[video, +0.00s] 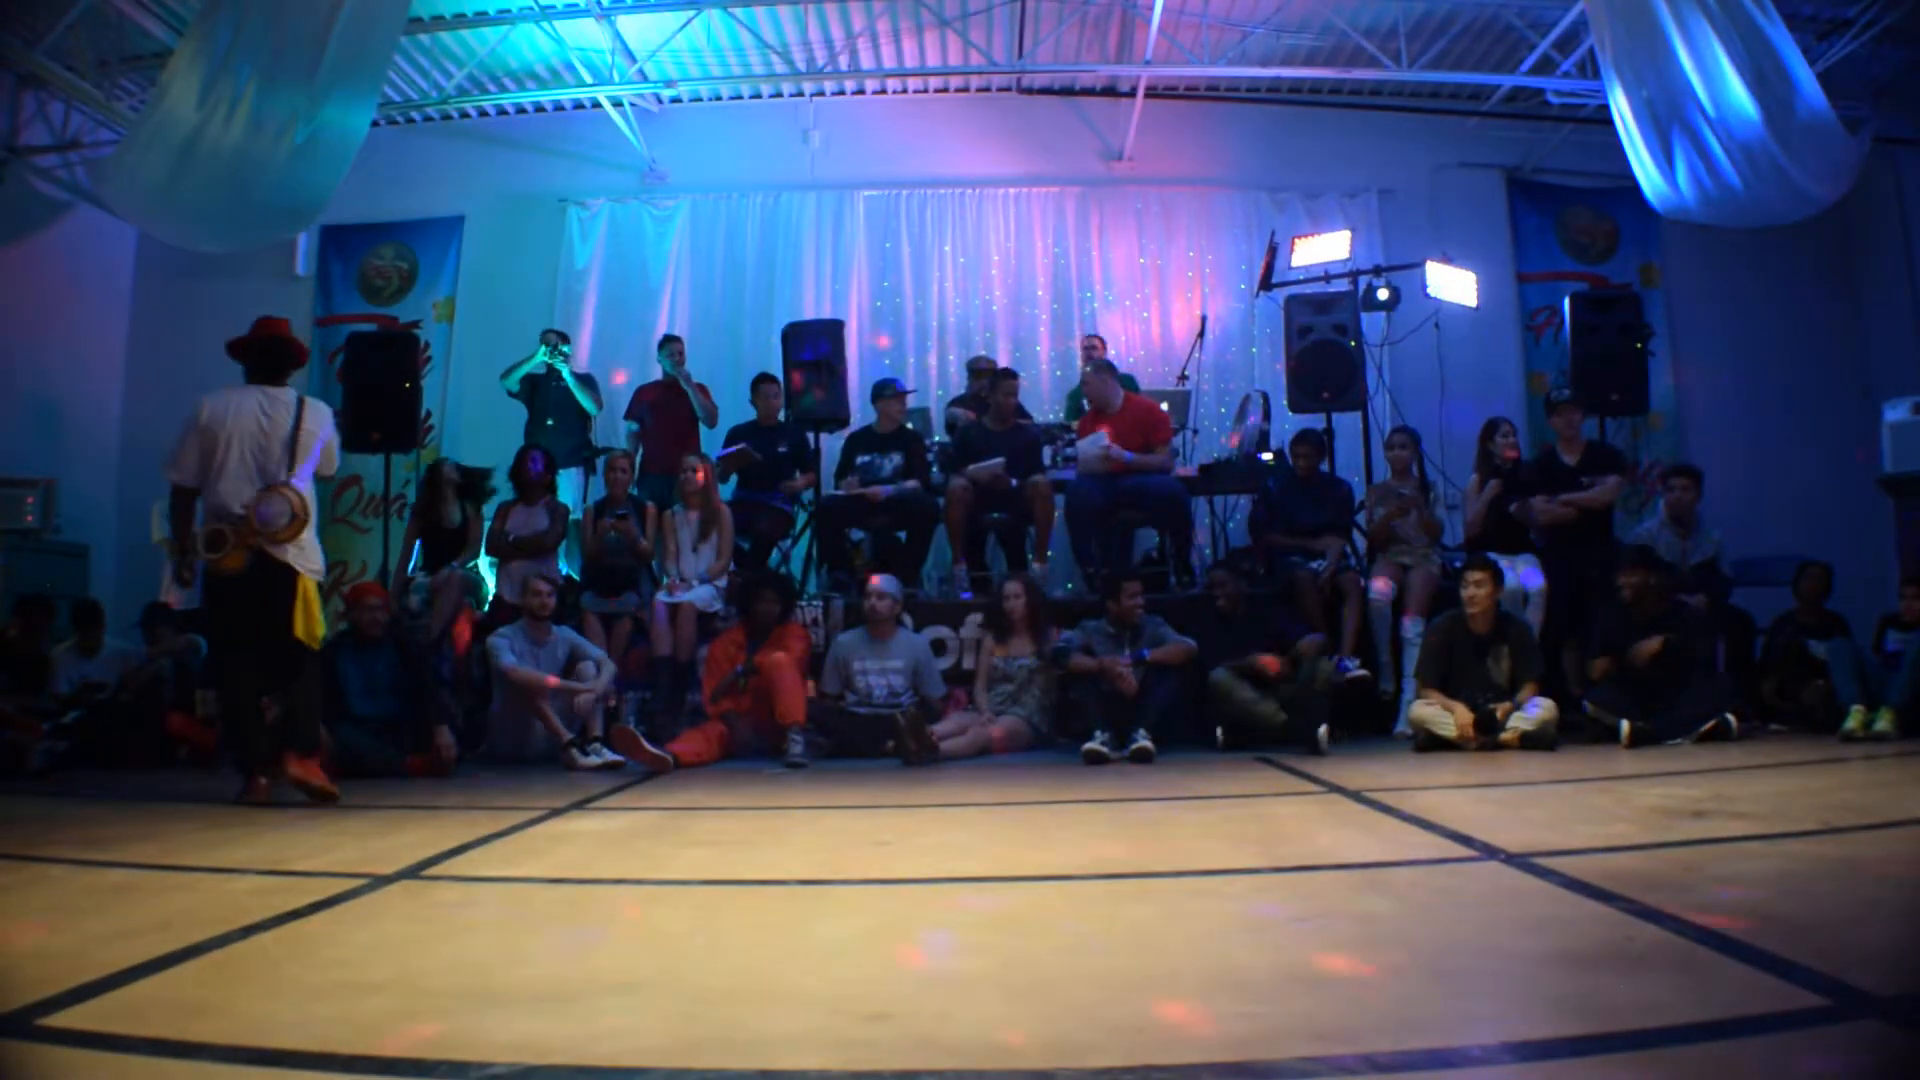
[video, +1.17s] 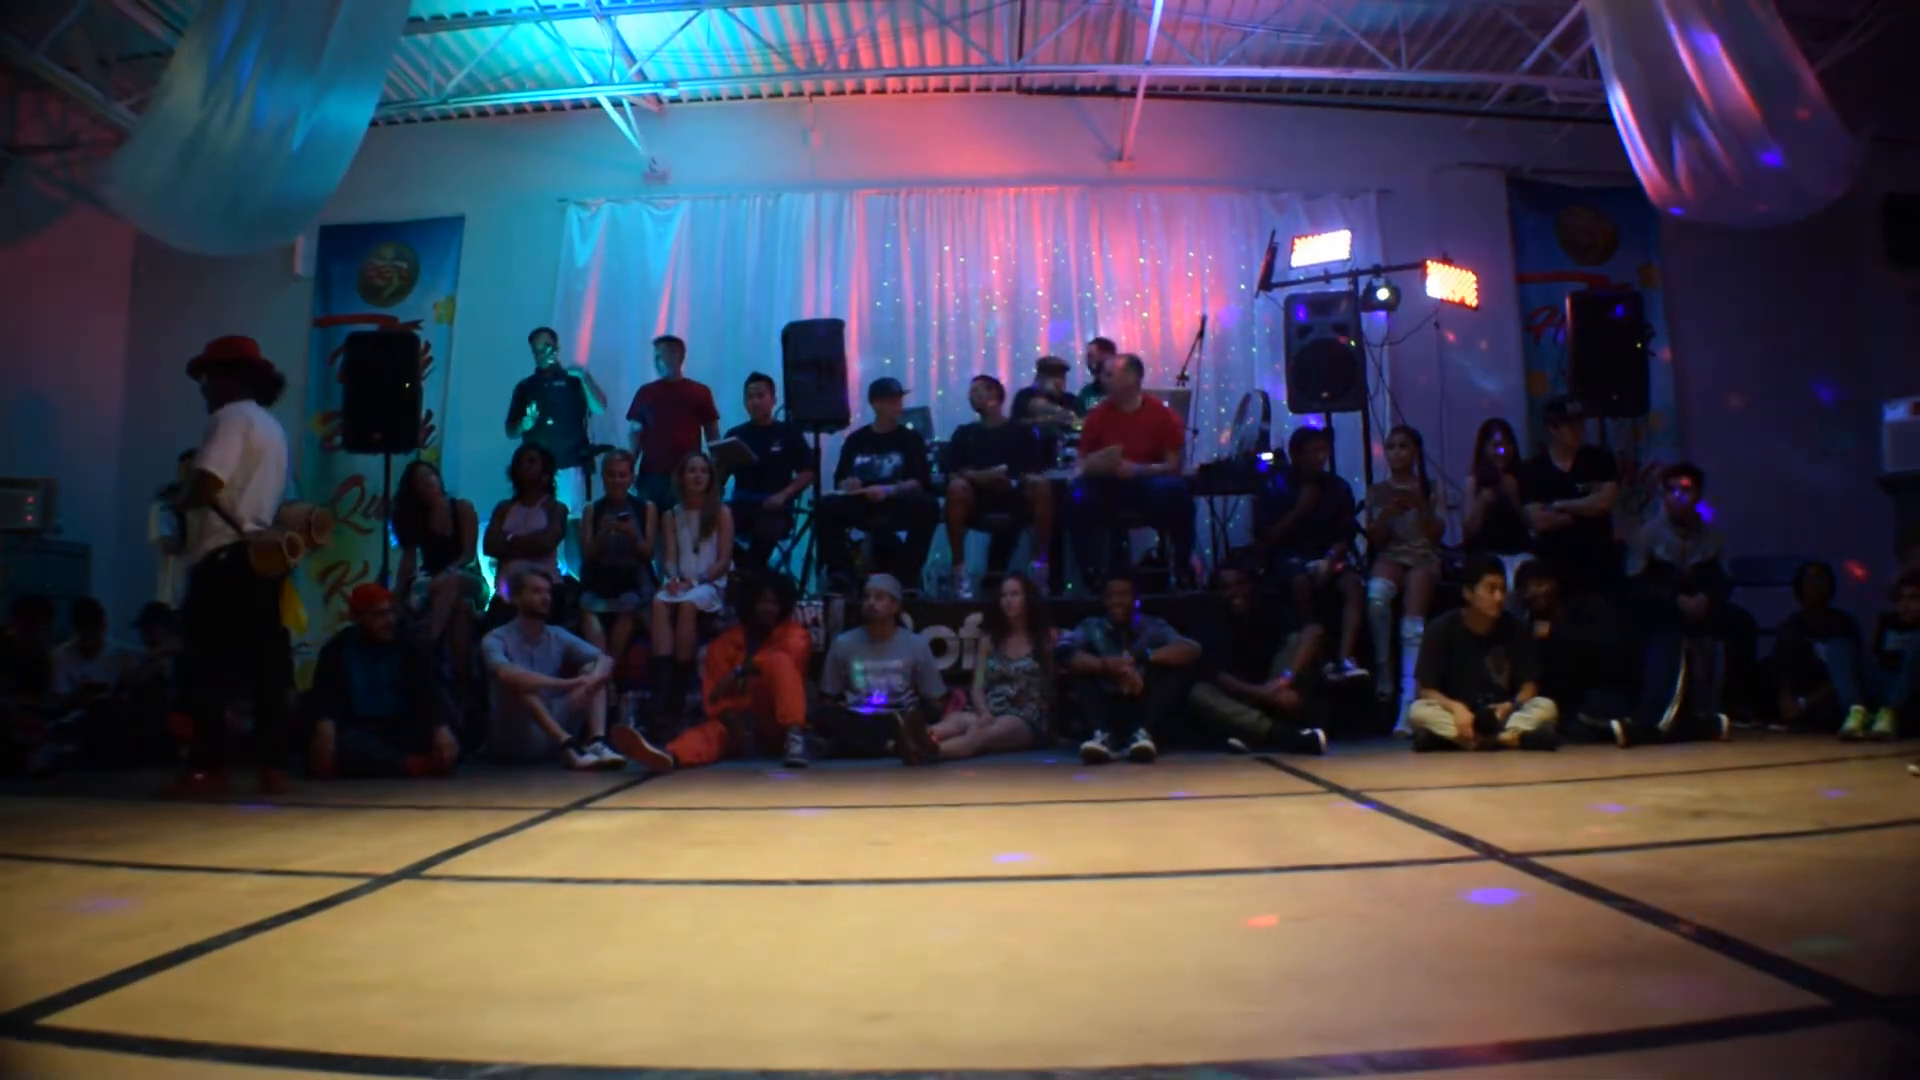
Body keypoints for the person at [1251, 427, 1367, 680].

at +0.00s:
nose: (1302, 463)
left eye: (1308, 457)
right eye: (1297, 457)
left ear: (1320, 457)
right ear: (1290, 456)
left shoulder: (1338, 488)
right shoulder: (1277, 486)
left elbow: (1341, 534)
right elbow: (1263, 535)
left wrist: (1330, 566)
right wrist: (1313, 544)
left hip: (1328, 553)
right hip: (1291, 554)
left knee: (1353, 582)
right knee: (1304, 580)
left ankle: (1346, 657)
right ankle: (1319, 653)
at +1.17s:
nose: (1320, 458)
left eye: (1323, 451)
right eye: (1313, 452)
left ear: (1328, 453)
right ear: (1296, 454)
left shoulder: (1337, 487)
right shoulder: (1277, 486)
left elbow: (1346, 533)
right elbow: (1267, 535)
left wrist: (1332, 560)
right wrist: (1300, 509)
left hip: (1328, 555)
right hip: (1291, 555)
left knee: (1353, 584)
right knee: (1301, 583)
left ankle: (1345, 657)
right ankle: (1313, 657)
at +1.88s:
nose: (1320, 452)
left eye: (1322, 446)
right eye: (1313, 446)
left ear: (1327, 451)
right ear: (1295, 452)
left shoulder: (1338, 486)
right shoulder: (1275, 487)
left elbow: (1345, 532)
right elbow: (1264, 537)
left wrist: (1331, 560)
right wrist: (1300, 533)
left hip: (1329, 557)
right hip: (1290, 557)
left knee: (1353, 584)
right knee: (1300, 583)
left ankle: (1342, 658)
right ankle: (1309, 659)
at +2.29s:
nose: (1326, 450)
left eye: (1325, 445)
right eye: (1318, 446)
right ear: (1300, 453)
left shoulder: (1337, 486)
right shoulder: (1277, 487)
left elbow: (1345, 532)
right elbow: (1264, 540)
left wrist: (1334, 560)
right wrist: (1307, 562)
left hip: (1328, 560)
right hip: (1291, 561)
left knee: (1354, 583)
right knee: (1300, 585)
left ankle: (1343, 657)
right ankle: (1311, 660)